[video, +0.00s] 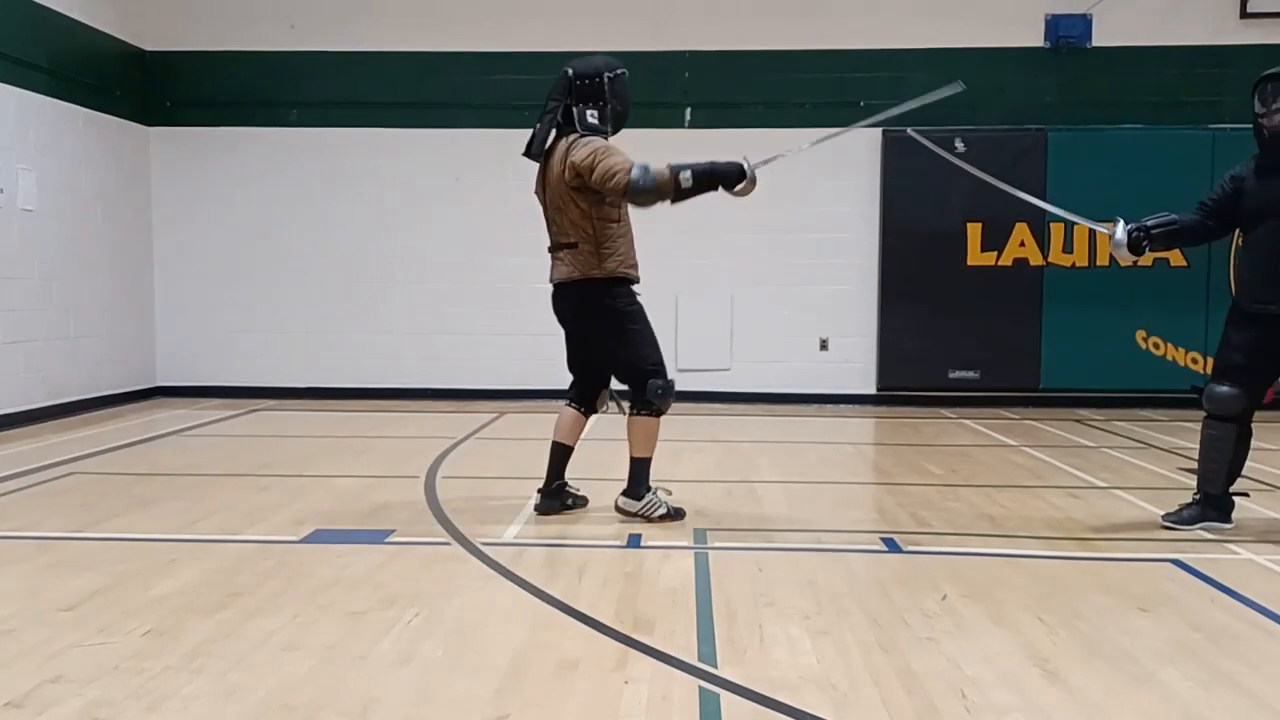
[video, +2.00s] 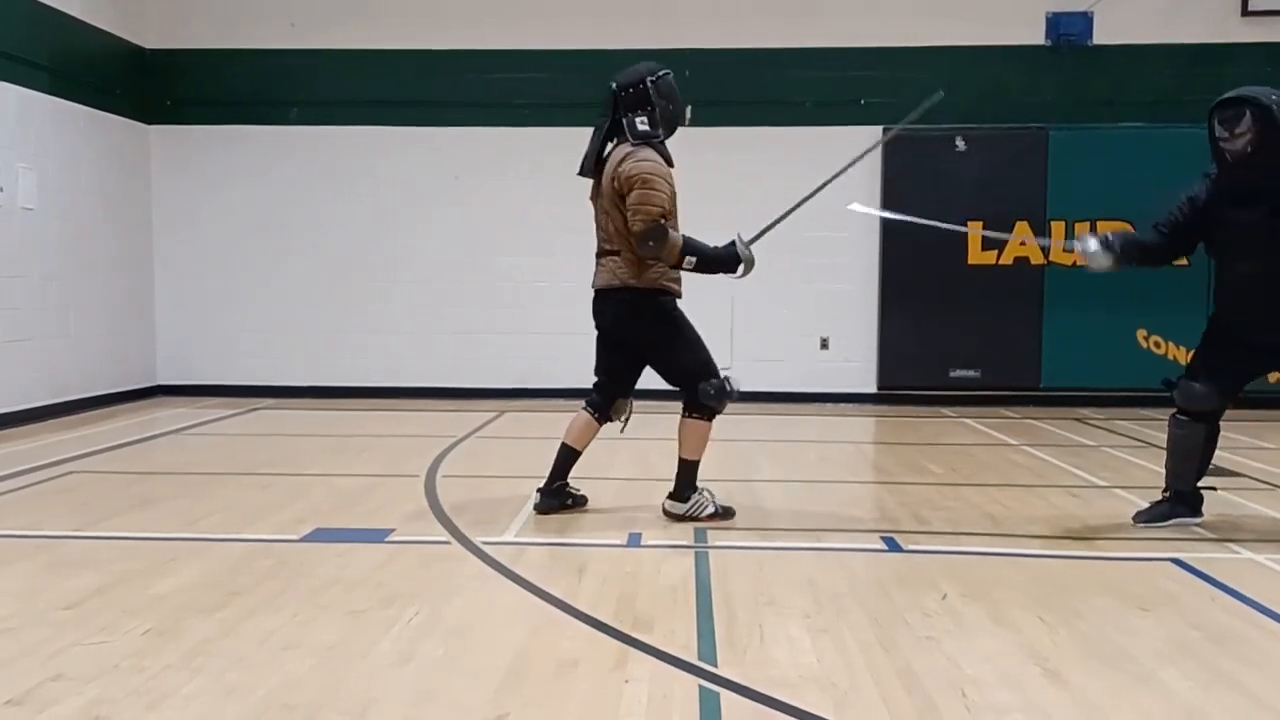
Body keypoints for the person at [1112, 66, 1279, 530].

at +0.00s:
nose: (1268, 121)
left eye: (1274, 113)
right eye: (1265, 112)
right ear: (1258, 118)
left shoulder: (1262, 174)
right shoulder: (1256, 173)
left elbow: (1209, 221)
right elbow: (1209, 220)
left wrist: (1145, 237)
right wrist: (1144, 235)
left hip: (1266, 309)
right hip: (1255, 307)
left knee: (1230, 397)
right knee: (1227, 398)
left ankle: (1213, 499)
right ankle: (1212, 500)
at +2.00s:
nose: (1226, 136)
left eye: (1239, 127)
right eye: (1222, 128)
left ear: (1267, 132)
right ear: (1216, 134)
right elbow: (1169, 239)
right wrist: (1118, 248)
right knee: (1197, 394)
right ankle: (1181, 496)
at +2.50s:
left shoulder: (1273, 191)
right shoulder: (1272, 189)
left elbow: (1238, 227)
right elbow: (1238, 226)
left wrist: (1163, 237)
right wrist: (1165, 237)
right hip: (1279, 317)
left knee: (1252, 388)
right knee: (1251, 388)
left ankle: (1233, 498)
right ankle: (1232, 497)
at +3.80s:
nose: (1270, 125)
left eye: (1276, 116)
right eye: (1265, 116)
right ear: (1257, 123)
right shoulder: (1254, 178)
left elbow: (1193, 213)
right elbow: (1192, 213)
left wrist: (1114, 219)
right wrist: (1112, 220)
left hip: (1270, 316)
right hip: (1259, 314)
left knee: (1209, 388)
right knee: (1203, 389)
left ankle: (1193, 493)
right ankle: (1193, 494)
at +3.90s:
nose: (1253, 128)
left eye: (1265, 117)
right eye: (1248, 118)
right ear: (1240, 126)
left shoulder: (1269, 184)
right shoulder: (1238, 190)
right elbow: (1174, 224)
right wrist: (1097, 223)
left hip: (1269, 322)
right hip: (1250, 320)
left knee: (1191, 388)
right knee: (1186, 389)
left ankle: (1143, 488)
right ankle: (1142, 490)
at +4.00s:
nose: (1220, 133)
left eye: (1234, 125)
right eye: (1218, 124)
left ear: (1263, 132)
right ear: (1211, 128)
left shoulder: (1271, 189)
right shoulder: (1211, 194)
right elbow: (1144, 225)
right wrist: (1069, 217)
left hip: (1270, 328)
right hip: (1223, 328)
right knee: (1165, 403)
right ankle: (1103, 491)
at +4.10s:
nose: (1179, 144)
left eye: (1193, 134)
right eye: (1178, 134)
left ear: (1224, 141)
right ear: (1171, 138)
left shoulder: (1261, 194)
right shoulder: (1166, 201)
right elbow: (1102, 219)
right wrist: (1036, 202)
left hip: (1251, 341)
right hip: (1179, 343)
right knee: (1124, 405)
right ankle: (1083, 500)